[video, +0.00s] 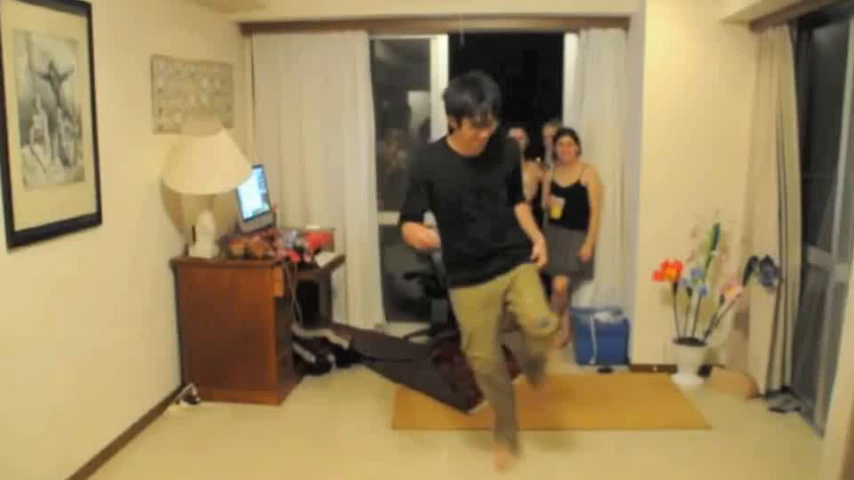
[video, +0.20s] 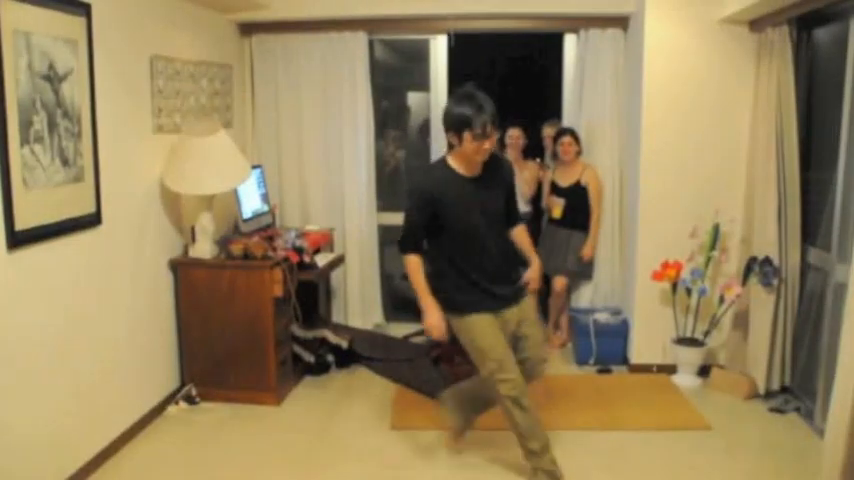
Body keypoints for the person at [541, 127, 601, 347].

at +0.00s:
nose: (566, 149)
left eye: (570, 144)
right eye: (561, 144)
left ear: (578, 148)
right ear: (555, 149)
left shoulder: (588, 173)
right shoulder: (551, 174)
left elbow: (595, 209)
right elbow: (544, 203)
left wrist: (589, 242)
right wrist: (550, 202)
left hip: (577, 232)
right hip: (554, 230)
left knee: (561, 284)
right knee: (560, 287)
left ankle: (556, 324)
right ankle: (565, 328)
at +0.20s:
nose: (566, 149)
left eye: (570, 144)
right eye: (562, 144)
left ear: (578, 147)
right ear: (556, 149)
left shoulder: (588, 173)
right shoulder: (552, 174)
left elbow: (595, 210)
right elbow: (544, 203)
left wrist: (591, 242)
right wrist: (550, 203)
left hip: (576, 232)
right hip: (553, 229)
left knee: (560, 283)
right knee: (559, 286)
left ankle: (551, 328)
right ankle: (564, 330)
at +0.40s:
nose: (566, 149)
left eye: (570, 145)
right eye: (561, 145)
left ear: (578, 148)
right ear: (556, 149)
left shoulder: (588, 174)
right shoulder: (551, 174)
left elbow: (595, 209)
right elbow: (543, 202)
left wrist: (590, 242)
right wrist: (550, 203)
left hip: (576, 233)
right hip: (554, 230)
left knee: (560, 284)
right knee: (559, 287)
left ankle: (550, 325)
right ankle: (564, 330)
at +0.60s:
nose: (564, 151)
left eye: (569, 146)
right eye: (560, 146)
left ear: (578, 149)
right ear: (555, 150)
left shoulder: (588, 174)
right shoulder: (551, 174)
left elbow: (595, 210)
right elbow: (543, 203)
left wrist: (589, 242)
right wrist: (550, 203)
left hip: (576, 233)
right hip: (554, 231)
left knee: (560, 285)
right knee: (559, 287)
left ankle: (551, 325)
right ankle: (564, 329)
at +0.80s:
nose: (564, 151)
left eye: (568, 146)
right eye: (560, 147)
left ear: (578, 149)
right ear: (555, 150)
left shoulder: (588, 174)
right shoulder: (551, 175)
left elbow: (595, 210)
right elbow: (544, 203)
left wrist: (590, 242)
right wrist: (550, 203)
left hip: (576, 233)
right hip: (554, 231)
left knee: (560, 285)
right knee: (559, 288)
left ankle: (550, 325)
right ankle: (563, 330)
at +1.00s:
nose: (563, 152)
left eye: (568, 147)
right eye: (559, 147)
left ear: (577, 149)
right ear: (554, 151)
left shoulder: (588, 174)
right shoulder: (550, 175)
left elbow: (595, 210)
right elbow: (543, 203)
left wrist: (590, 242)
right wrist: (550, 204)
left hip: (576, 234)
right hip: (553, 231)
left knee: (560, 285)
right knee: (557, 288)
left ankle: (549, 326)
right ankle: (563, 331)